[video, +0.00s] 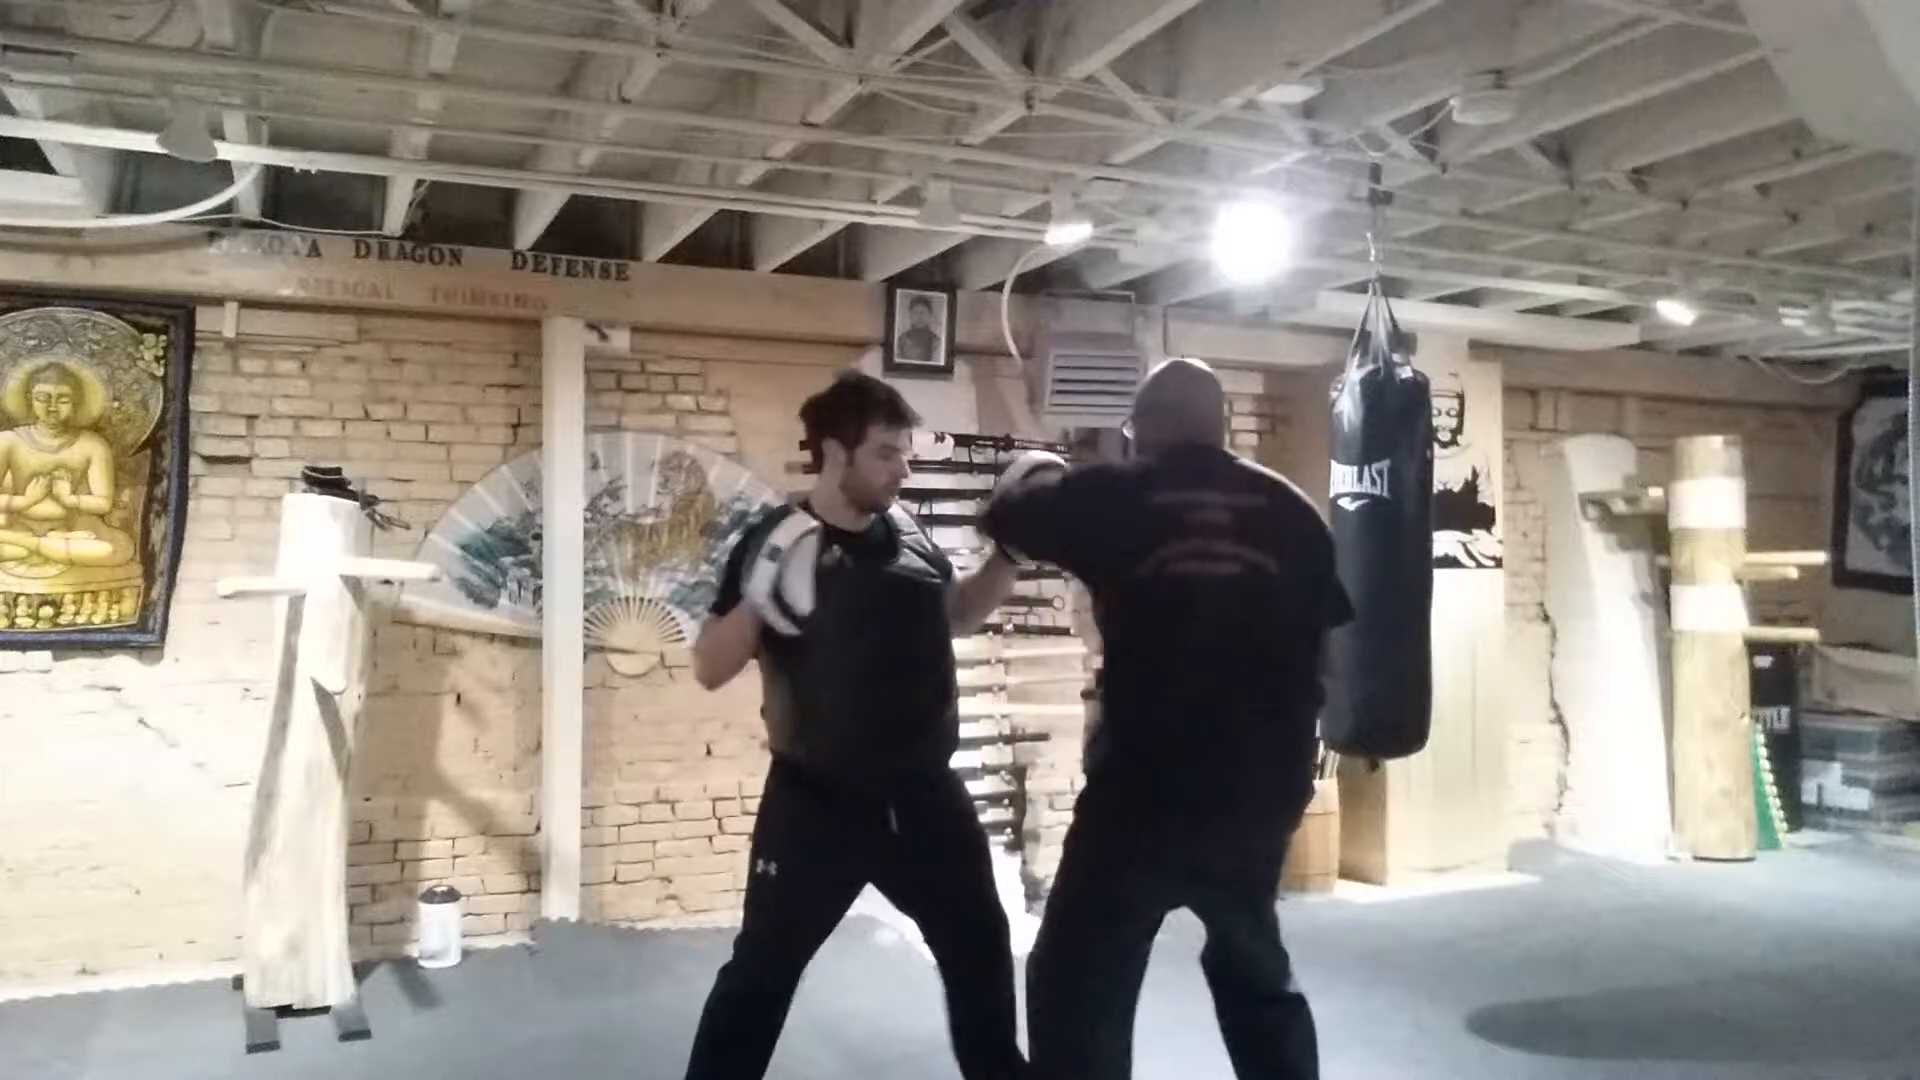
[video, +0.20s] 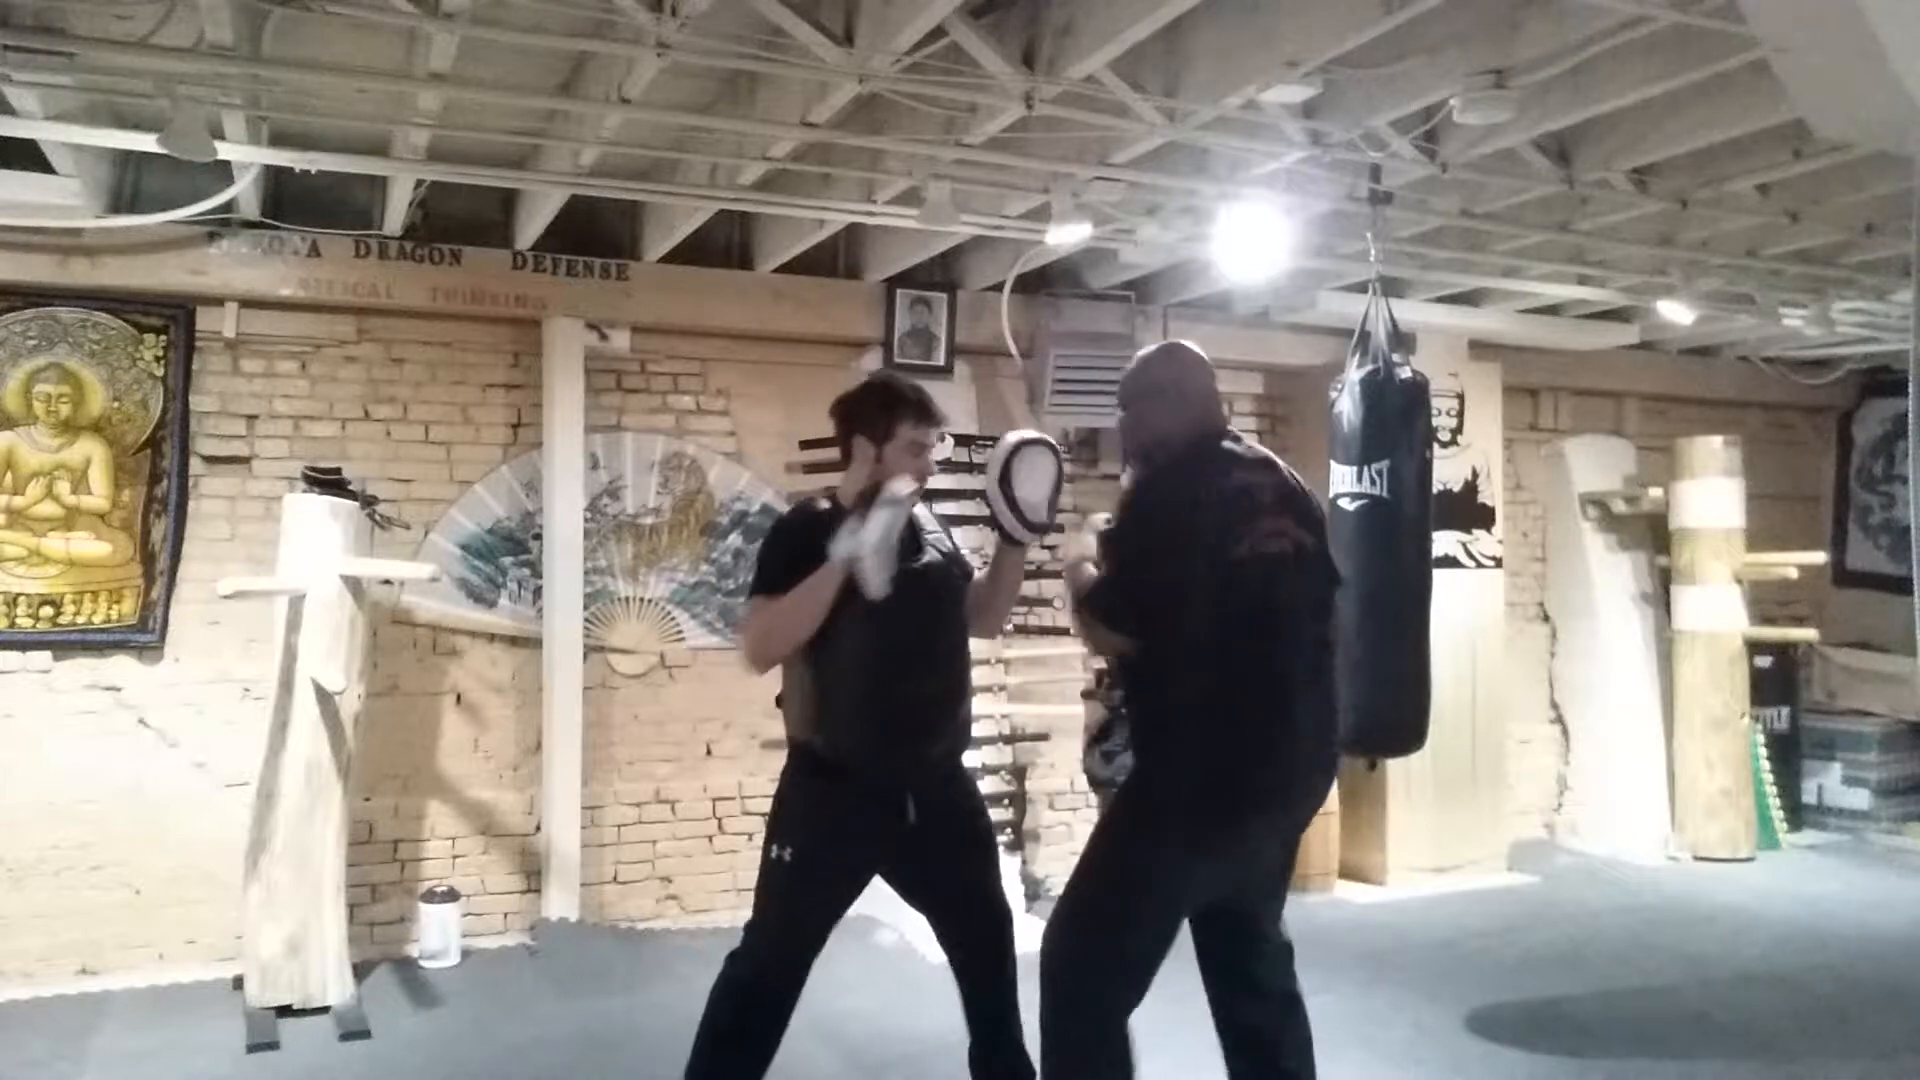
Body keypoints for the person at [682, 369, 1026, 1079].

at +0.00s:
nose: (904, 469)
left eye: (907, 453)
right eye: (887, 452)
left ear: (902, 455)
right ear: (833, 453)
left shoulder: (904, 533)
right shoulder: (772, 541)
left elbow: (959, 613)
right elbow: (711, 668)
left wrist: (1014, 539)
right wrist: (764, 586)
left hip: (922, 799)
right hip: (813, 803)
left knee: (981, 955)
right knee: (760, 976)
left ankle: (997, 1076)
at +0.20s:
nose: (930, 460)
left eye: (934, 445)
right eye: (917, 442)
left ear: (926, 449)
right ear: (864, 443)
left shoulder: (925, 530)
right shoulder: (806, 529)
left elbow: (985, 616)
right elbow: (761, 645)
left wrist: (1016, 530)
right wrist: (849, 550)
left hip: (934, 790)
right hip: (831, 792)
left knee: (988, 952)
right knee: (768, 967)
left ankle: (1005, 1076)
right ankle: (713, 1079)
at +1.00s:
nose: (969, 487)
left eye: (973, 473)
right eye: (958, 469)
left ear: (966, 472)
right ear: (905, 461)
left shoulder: (950, 546)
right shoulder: (836, 528)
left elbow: (992, 643)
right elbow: (835, 640)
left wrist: (1024, 557)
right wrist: (942, 563)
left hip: (936, 790)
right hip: (837, 791)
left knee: (991, 949)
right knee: (776, 964)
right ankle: (702, 1079)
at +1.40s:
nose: (919, 464)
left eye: (920, 449)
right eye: (907, 447)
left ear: (892, 449)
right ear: (855, 445)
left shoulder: (919, 528)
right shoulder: (786, 524)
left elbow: (936, 618)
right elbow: (780, 635)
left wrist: (978, 564)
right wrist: (883, 558)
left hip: (914, 788)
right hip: (811, 790)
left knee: (971, 955)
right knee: (759, 966)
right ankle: (703, 1079)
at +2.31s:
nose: (984, 468)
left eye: (988, 455)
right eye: (971, 450)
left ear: (984, 461)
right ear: (921, 447)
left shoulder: (970, 544)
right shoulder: (872, 521)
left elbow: (974, 632)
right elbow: (901, 597)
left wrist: (1033, 585)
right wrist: (977, 495)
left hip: (969, 793)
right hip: (875, 794)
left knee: (1026, 954)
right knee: (810, 968)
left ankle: (1034, 1079)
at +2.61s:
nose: (934, 472)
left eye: (941, 459)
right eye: (919, 455)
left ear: (947, 464)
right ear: (871, 453)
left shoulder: (949, 544)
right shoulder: (818, 535)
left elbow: (954, 649)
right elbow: (792, 635)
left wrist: (996, 580)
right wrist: (862, 525)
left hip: (947, 795)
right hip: (843, 800)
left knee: (1020, 947)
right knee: (788, 972)